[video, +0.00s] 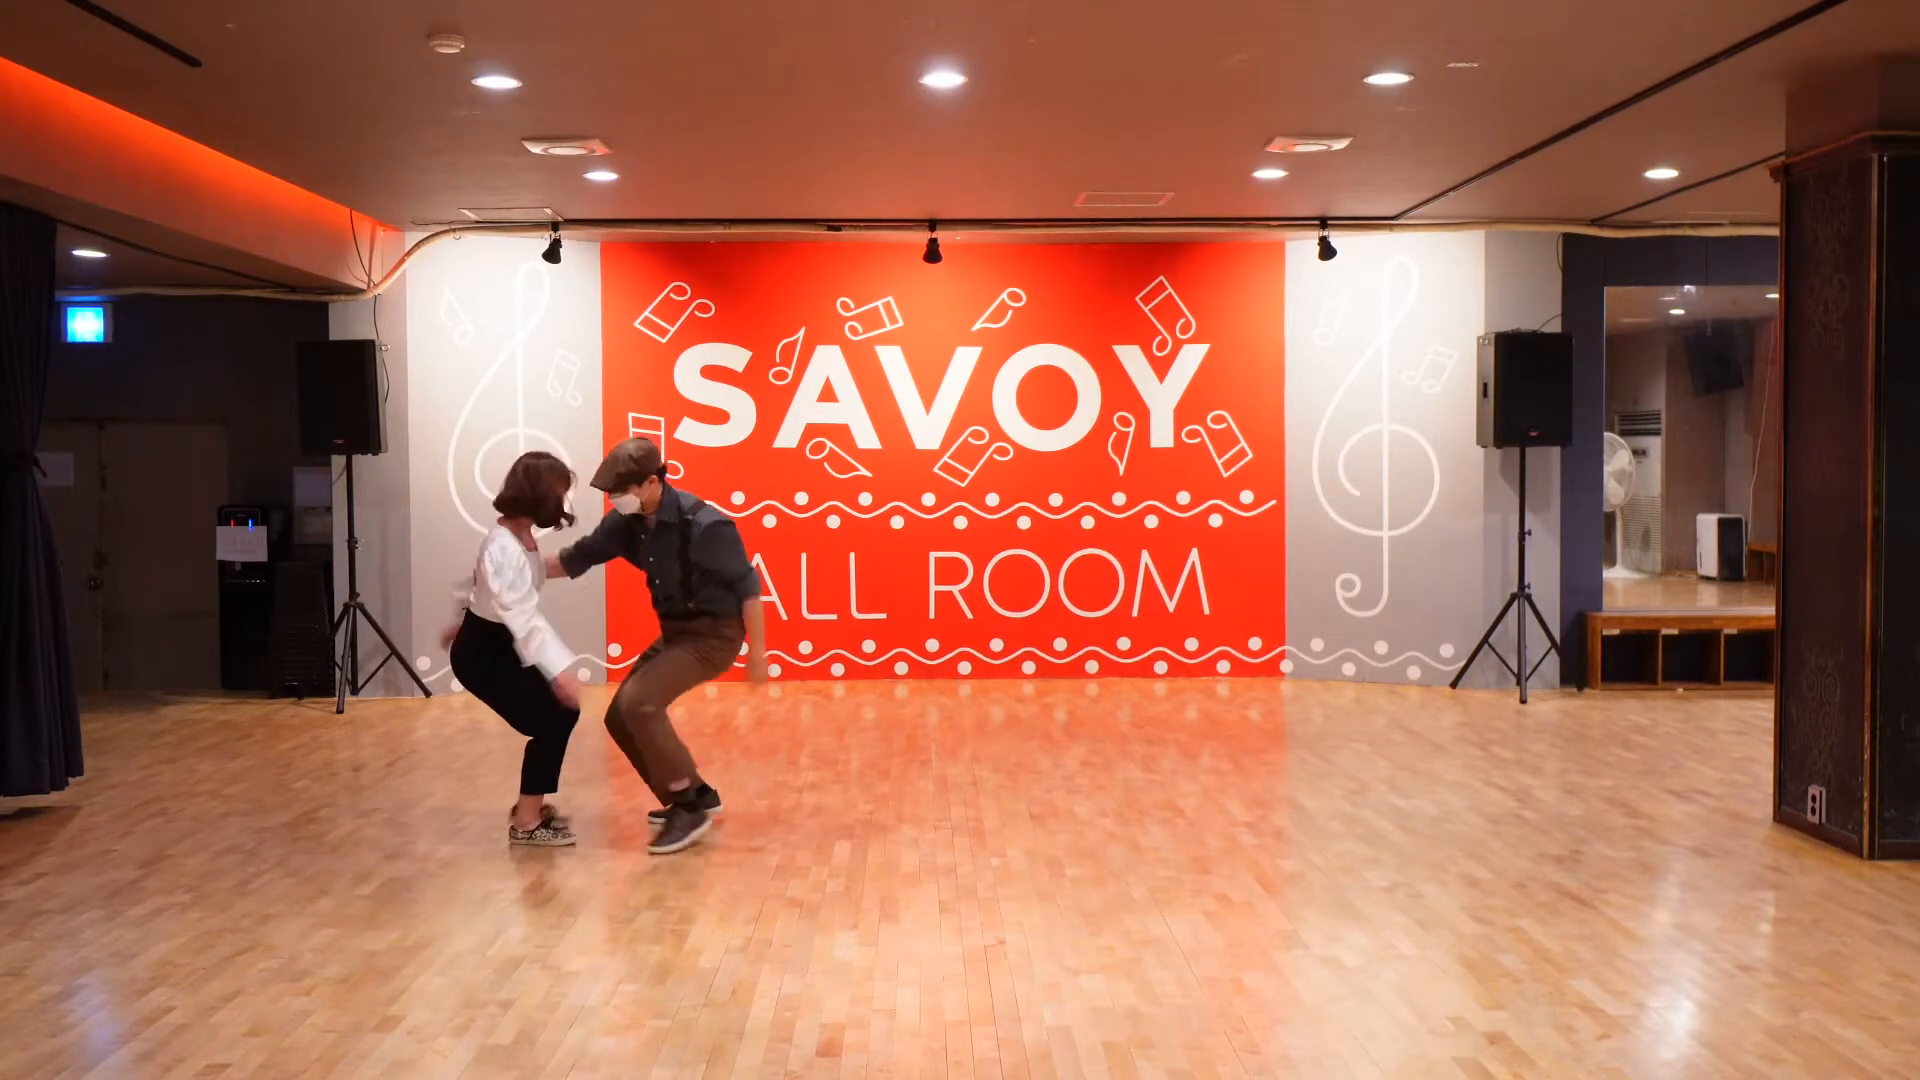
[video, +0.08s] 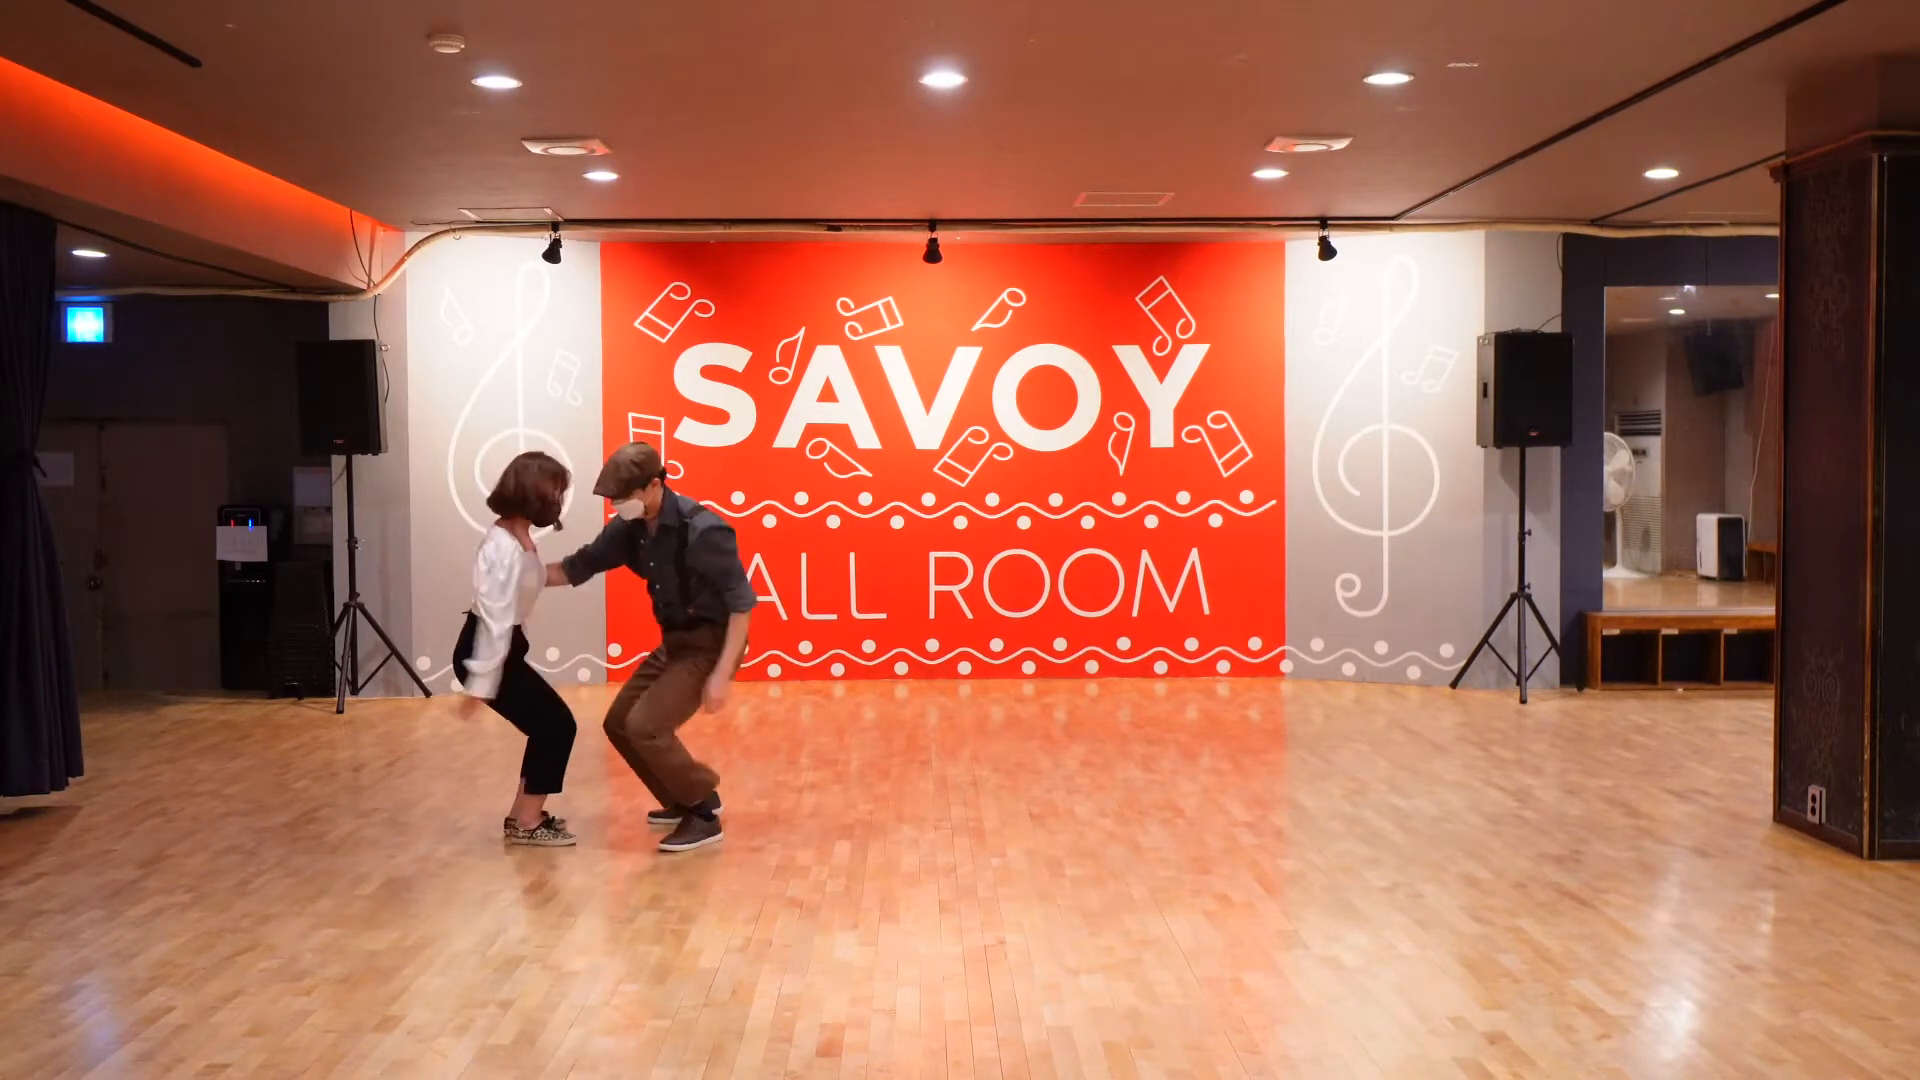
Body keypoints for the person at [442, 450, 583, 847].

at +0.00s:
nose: (564, 502)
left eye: (564, 494)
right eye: (560, 494)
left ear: (524, 491)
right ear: (541, 495)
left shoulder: (521, 536)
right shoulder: (503, 547)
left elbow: (481, 583)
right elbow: (523, 617)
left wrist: (460, 621)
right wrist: (558, 669)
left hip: (498, 645)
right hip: (480, 654)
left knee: (561, 709)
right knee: (550, 721)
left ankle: (531, 806)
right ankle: (527, 821)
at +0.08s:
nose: (562, 499)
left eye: (562, 492)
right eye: (557, 491)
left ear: (523, 491)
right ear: (537, 493)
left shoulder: (519, 538)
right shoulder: (501, 547)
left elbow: (523, 585)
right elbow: (495, 620)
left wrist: (554, 574)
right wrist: (481, 682)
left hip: (503, 648)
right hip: (489, 654)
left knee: (552, 721)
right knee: (557, 724)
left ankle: (524, 813)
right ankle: (528, 820)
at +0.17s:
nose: (553, 500)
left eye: (556, 492)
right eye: (549, 491)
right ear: (527, 489)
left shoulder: (524, 546)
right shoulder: (492, 543)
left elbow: (532, 606)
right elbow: (455, 603)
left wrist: (574, 640)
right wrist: (413, 655)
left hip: (499, 654)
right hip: (479, 657)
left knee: (546, 717)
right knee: (565, 711)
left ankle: (520, 813)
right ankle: (540, 810)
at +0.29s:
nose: (548, 502)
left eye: (552, 496)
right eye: (543, 493)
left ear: (542, 496)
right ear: (520, 488)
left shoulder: (523, 542)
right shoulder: (478, 527)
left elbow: (562, 584)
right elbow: (417, 562)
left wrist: (616, 575)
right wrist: (355, 593)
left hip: (495, 647)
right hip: (472, 649)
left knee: (545, 715)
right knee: (560, 700)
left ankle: (520, 812)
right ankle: (604, 792)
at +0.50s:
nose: (540, 495)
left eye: (543, 487)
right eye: (535, 485)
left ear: (534, 489)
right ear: (512, 482)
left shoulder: (524, 535)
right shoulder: (472, 527)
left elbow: (572, 548)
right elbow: (408, 551)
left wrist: (617, 520)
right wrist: (345, 577)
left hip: (490, 643)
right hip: (465, 646)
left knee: (538, 714)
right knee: (556, 694)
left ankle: (519, 811)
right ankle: (598, 787)